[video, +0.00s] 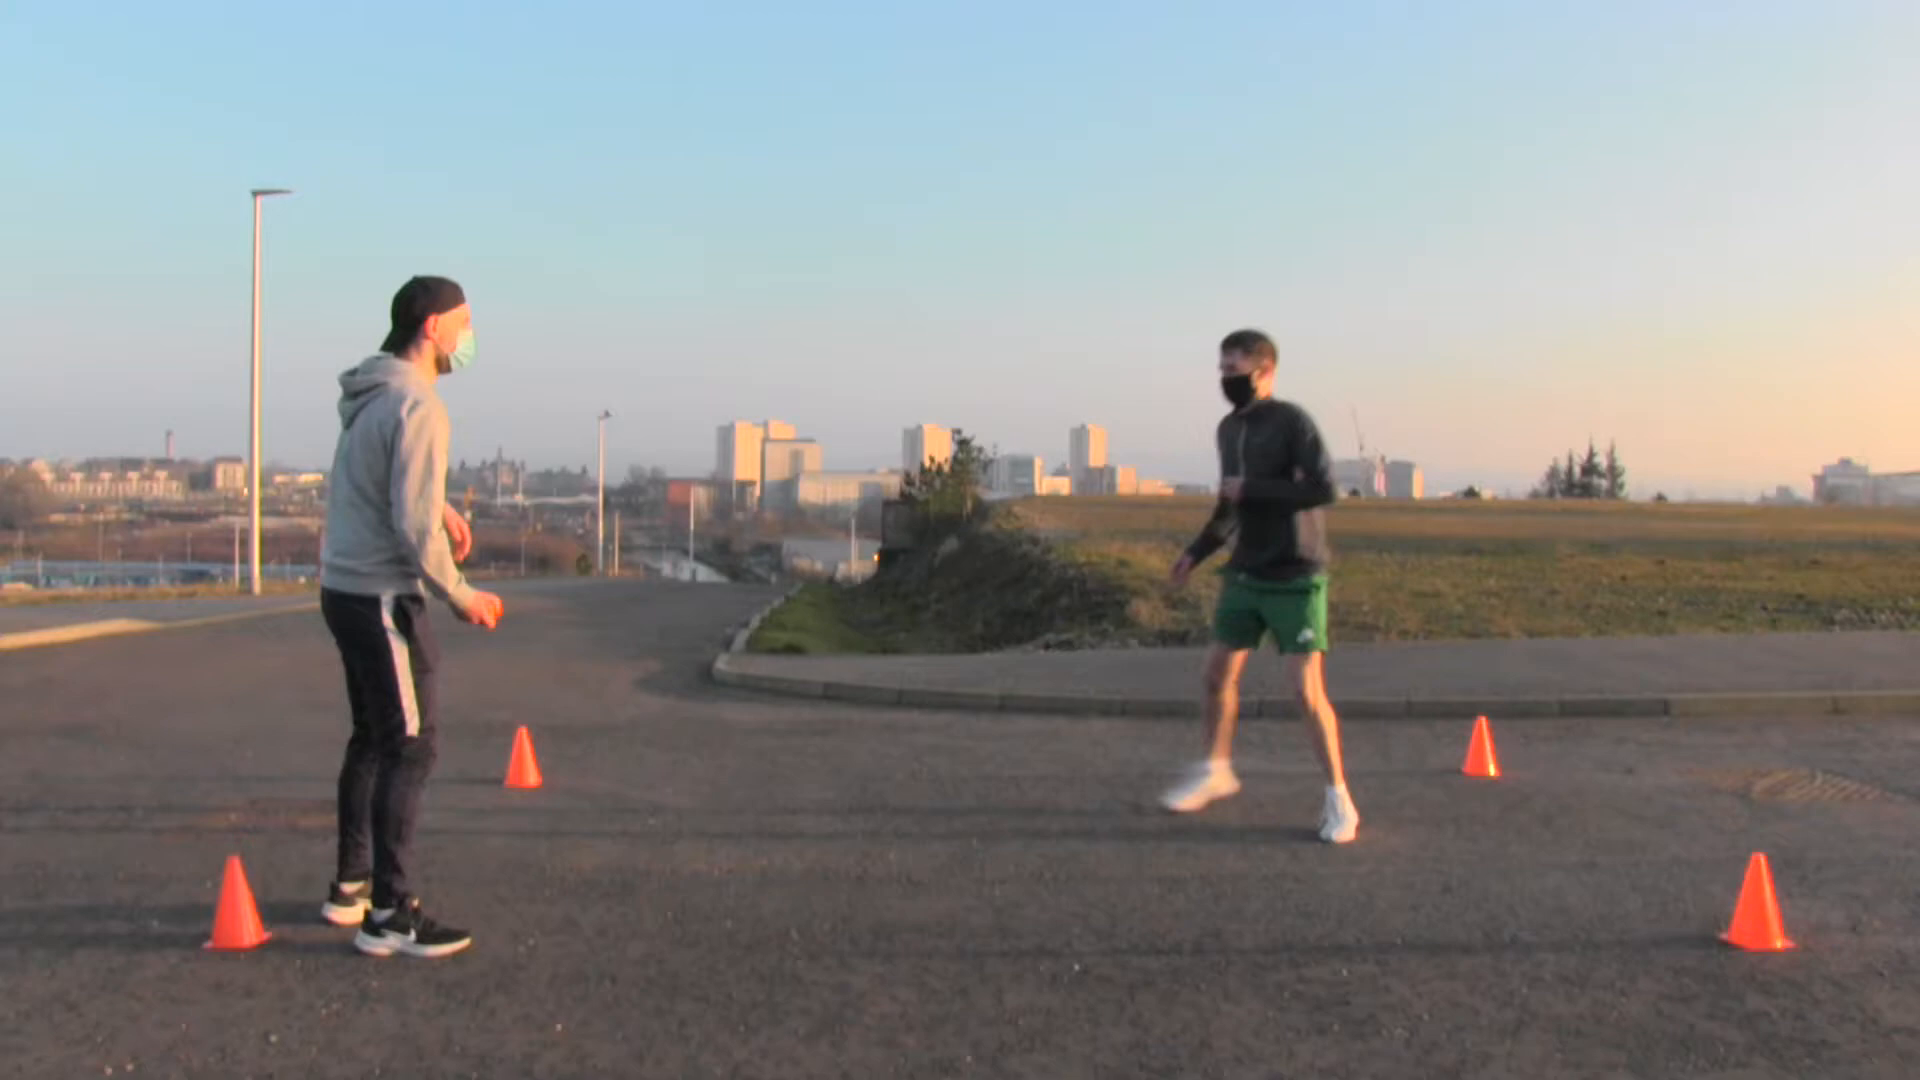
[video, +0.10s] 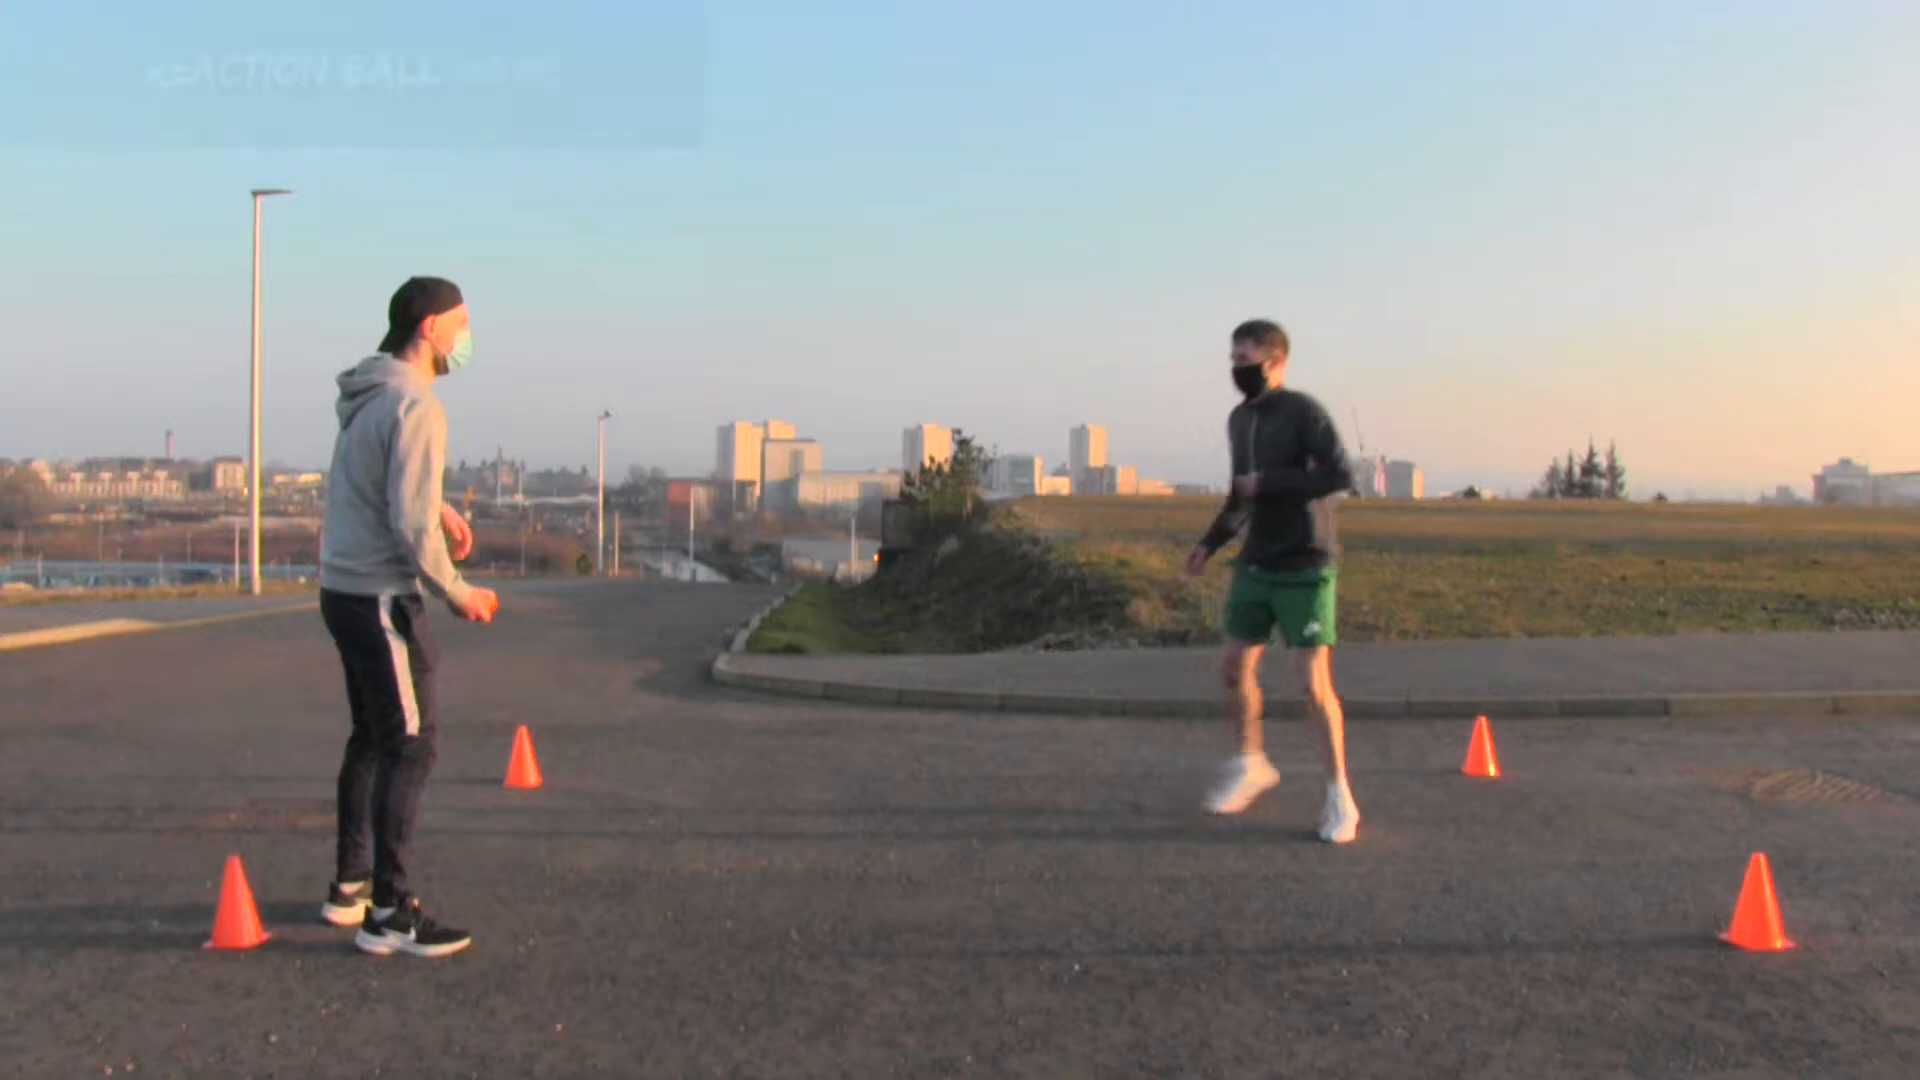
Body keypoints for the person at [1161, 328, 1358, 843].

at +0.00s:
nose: (1225, 378)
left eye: (1234, 369)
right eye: (1222, 370)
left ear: (1265, 370)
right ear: (1224, 371)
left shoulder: (1294, 422)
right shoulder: (1229, 431)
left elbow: (1324, 489)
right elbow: (1231, 506)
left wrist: (1250, 491)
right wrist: (1194, 554)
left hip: (1299, 574)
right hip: (1246, 572)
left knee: (1309, 692)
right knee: (1220, 674)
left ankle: (1338, 796)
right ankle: (1217, 768)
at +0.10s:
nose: (1237, 366)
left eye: (1247, 358)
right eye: (1234, 358)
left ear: (1277, 360)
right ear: (1236, 361)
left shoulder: (1304, 411)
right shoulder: (1240, 421)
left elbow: (1340, 474)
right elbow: (1241, 495)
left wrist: (1266, 484)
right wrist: (1208, 545)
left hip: (1307, 564)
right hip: (1256, 563)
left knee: (1315, 684)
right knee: (1237, 668)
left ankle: (1339, 792)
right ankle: (1251, 763)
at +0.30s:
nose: (1290, 358)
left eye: (1300, 351)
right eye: (1287, 350)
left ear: (1330, 353)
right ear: (1285, 352)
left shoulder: (1356, 403)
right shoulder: (1285, 410)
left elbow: (1403, 460)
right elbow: (1285, 479)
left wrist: (1337, 481)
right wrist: (1270, 534)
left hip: (1348, 558)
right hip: (1303, 559)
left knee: (1346, 675)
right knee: (1335, 674)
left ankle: (1352, 793)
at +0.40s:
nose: (1309, 363)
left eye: (1319, 357)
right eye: (1306, 355)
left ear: (1348, 362)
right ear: (1307, 359)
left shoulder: (1375, 417)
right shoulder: (1300, 424)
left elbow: (1416, 476)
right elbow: (1294, 489)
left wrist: (1359, 495)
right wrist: (1290, 553)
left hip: (1371, 569)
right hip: (1325, 569)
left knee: (1354, 679)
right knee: (1369, 677)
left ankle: (1351, 797)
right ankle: (1433, 775)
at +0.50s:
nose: (1329, 371)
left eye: (1340, 364)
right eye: (1328, 363)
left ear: (1370, 371)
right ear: (1328, 368)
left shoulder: (1396, 422)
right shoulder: (1323, 439)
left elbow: (1427, 487)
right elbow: (1317, 520)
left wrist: (1375, 504)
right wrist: (1308, 600)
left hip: (1402, 571)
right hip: (1358, 574)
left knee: (1353, 686)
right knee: (1399, 688)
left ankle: (1351, 798)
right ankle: (1452, 790)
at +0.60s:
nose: (1340, 375)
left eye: (1351, 369)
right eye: (1338, 367)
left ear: (1382, 374)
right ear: (1339, 372)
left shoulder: (1408, 421)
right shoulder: (1337, 444)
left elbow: (1450, 489)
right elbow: (1335, 527)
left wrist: (1377, 502)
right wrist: (1322, 603)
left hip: (1418, 572)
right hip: (1380, 575)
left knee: (1358, 679)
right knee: (1421, 687)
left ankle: (1370, 788)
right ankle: (1458, 795)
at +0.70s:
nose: (1352, 370)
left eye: (1364, 363)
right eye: (1350, 362)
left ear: (1395, 370)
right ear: (1351, 368)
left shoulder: (1420, 420)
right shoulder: (1353, 437)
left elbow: (1469, 483)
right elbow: (1356, 516)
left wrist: (1398, 505)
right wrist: (1341, 580)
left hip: (1434, 568)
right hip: (1394, 572)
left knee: (1389, 679)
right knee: (1429, 685)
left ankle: (1426, 798)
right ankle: (1459, 796)